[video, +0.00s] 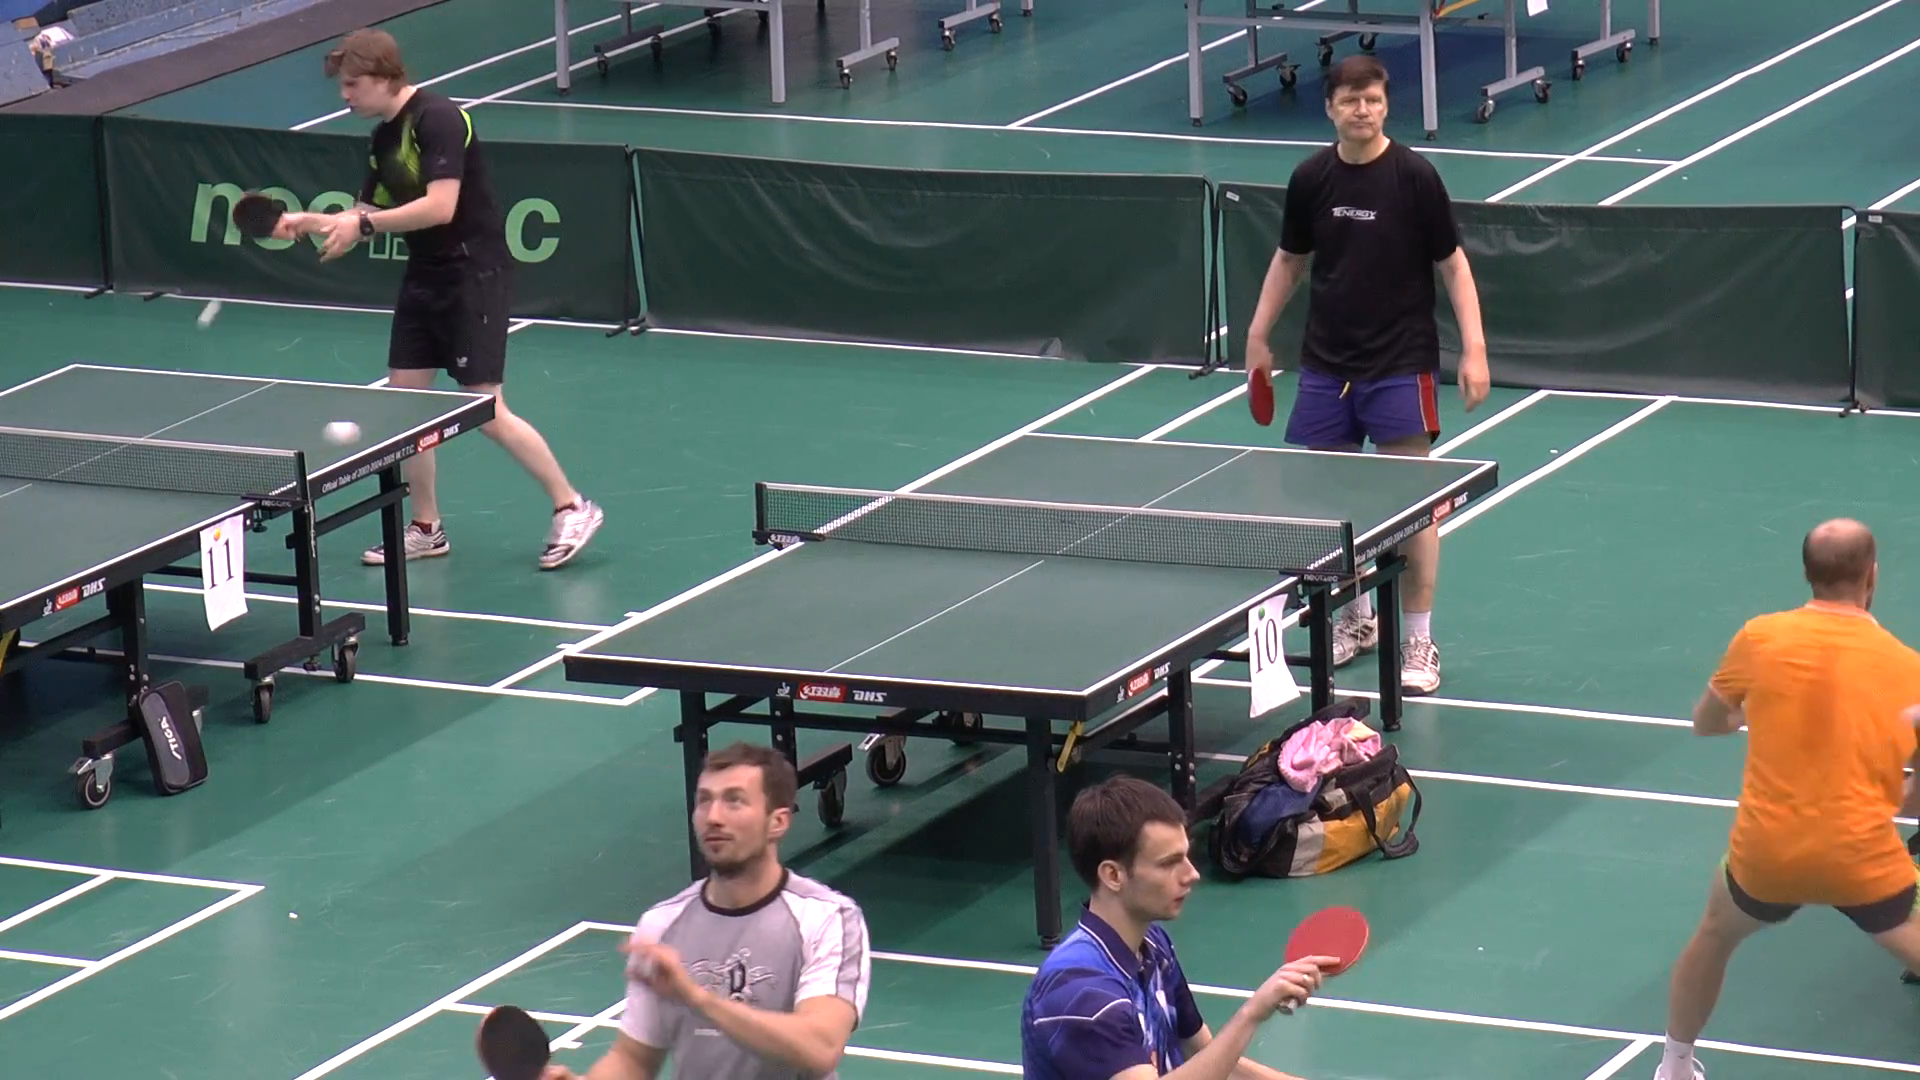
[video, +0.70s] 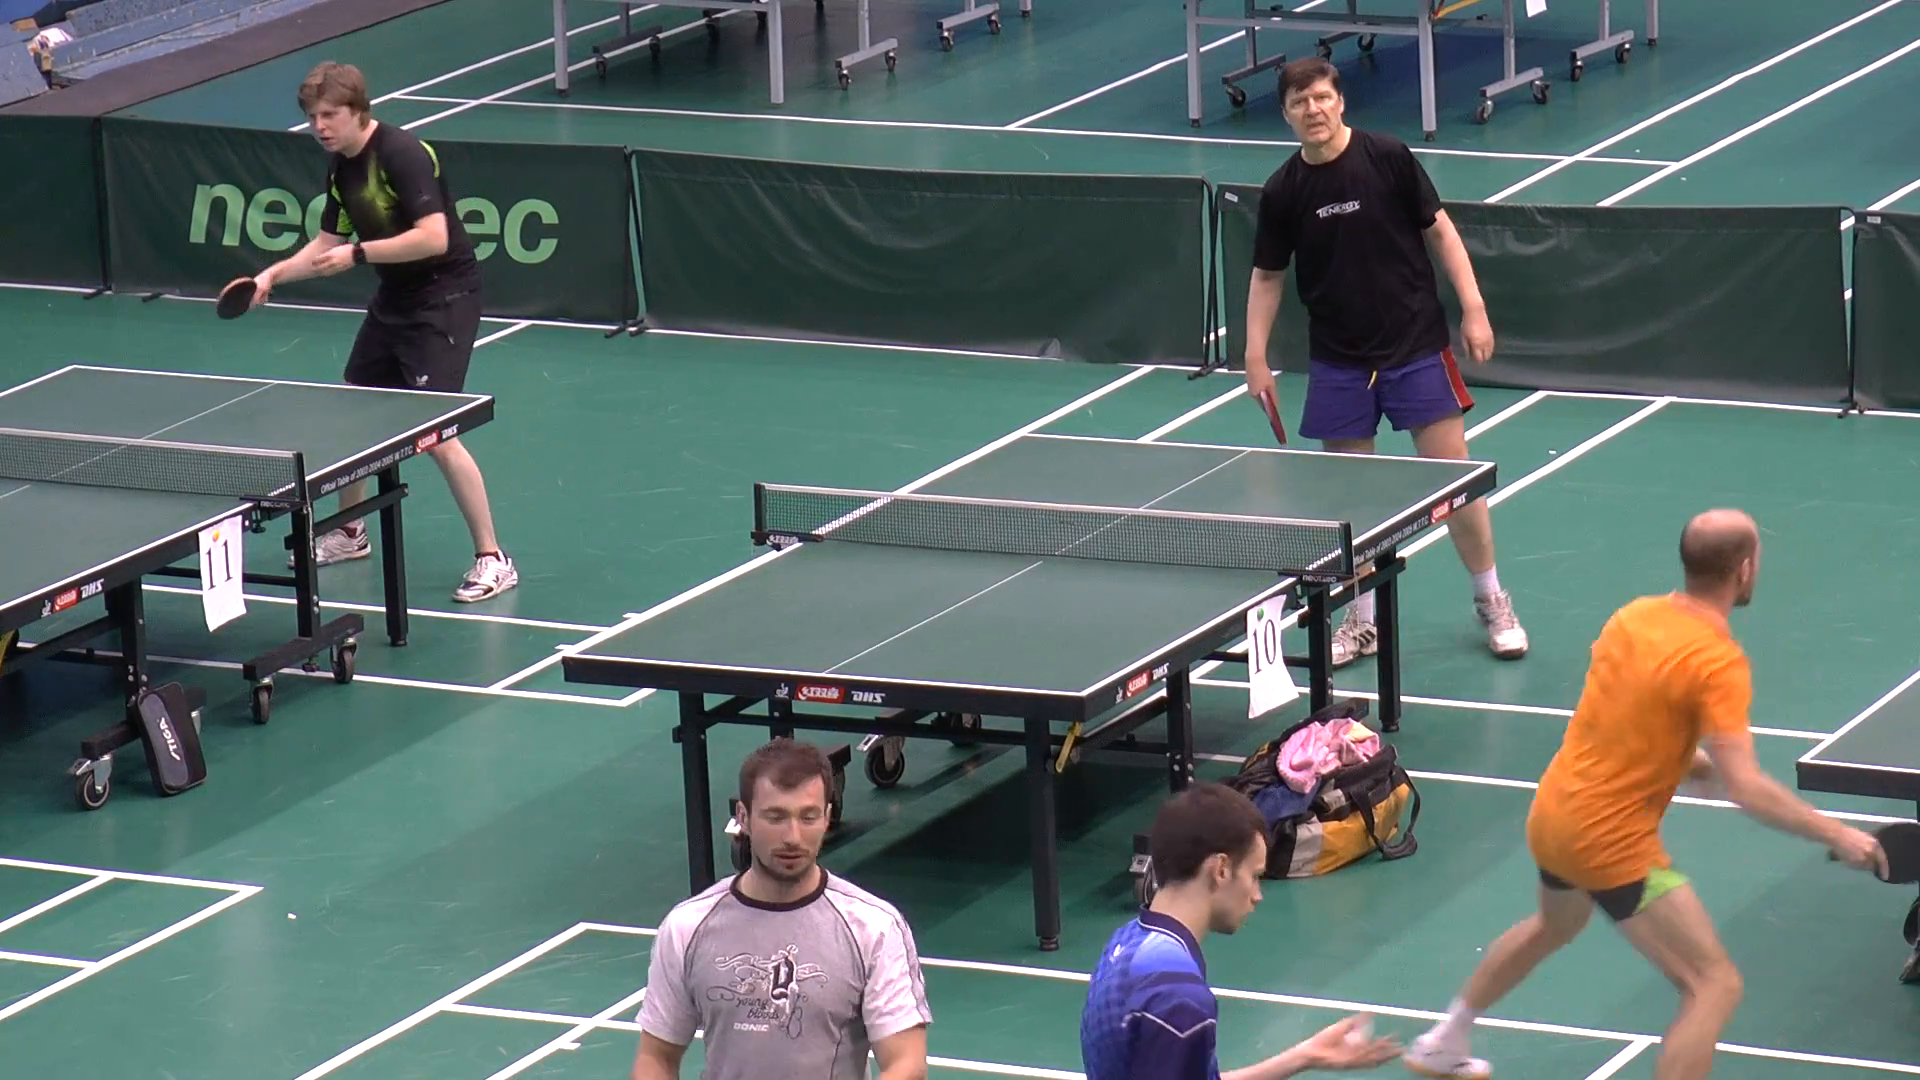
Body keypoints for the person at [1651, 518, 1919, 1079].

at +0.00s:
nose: (1876, 571)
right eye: (1876, 564)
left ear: (1806, 574)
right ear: (1871, 574)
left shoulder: (1761, 638)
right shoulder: (1906, 663)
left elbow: (1706, 722)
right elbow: (1909, 797)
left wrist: (1744, 713)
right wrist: (1875, 787)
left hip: (1765, 854)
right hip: (1863, 859)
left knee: (1714, 938)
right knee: (1913, 947)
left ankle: (1675, 1065)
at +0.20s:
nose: (1869, 597)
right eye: (1869, 590)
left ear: (1803, 595)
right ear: (1867, 595)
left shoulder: (1756, 647)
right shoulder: (1899, 674)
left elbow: (1649, 697)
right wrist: (1883, 652)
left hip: (1733, 870)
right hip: (1829, 882)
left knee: (1689, 913)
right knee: (1917, 973)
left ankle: (1655, 1055)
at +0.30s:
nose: (1847, 597)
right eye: (1845, 588)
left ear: (1778, 585)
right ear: (1840, 595)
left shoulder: (1714, 633)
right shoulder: (1861, 657)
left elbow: (1625, 688)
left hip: (1667, 846)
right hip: (1750, 865)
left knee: (1681, 899)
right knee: (1895, 970)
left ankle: (1601, 1038)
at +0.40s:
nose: (1813, 590)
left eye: (1809, 579)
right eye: (1811, 581)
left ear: (1741, 583)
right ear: (1801, 589)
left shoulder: (1674, 631)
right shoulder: (1800, 659)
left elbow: (1607, 690)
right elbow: (1898, 685)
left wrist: (1541, 774)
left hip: (1637, 849)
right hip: (1715, 861)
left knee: (1661, 924)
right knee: (1851, 968)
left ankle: (1587, 1059)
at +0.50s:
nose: (1792, 568)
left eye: (1791, 558)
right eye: (1791, 558)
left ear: (1724, 559)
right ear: (1779, 565)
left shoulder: (1653, 609)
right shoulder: (1763, 636)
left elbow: (1570, 689)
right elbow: (1812, 714)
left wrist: (1537, 784)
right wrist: (1903, 753)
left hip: (1607, 825)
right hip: (1678, 836)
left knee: (1642, 913)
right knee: (1797, 960)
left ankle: (1584, 1058)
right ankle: (1820, 1071)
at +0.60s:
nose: (1775, 547)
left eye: (1772, 537)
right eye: (1774, 539)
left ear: (1705, 543)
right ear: (1761, 548)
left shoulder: (1643, 594)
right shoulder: (1746, 629)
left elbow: (1576, 685)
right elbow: (1776, 745)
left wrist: (1586, 759)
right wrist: (1861, 812)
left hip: (1572, 800)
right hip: (1647, 822)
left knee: (1588, 899)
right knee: (1759, 958)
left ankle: (1549, 1043)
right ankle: (1730, 1070)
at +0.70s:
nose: (1759, 561)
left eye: (1755, 551)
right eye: (1757, 552)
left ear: (1688, 561)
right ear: (1743, 569)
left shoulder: (1633, 615)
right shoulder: (1717, 658)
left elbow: (1616, 725)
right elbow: (1745, 786)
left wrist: (1707, 772)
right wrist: (1835, 833)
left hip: (1552, 814)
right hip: (1611, 842)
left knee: (1555, 922)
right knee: (1714, 984)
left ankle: (1443, 1040)